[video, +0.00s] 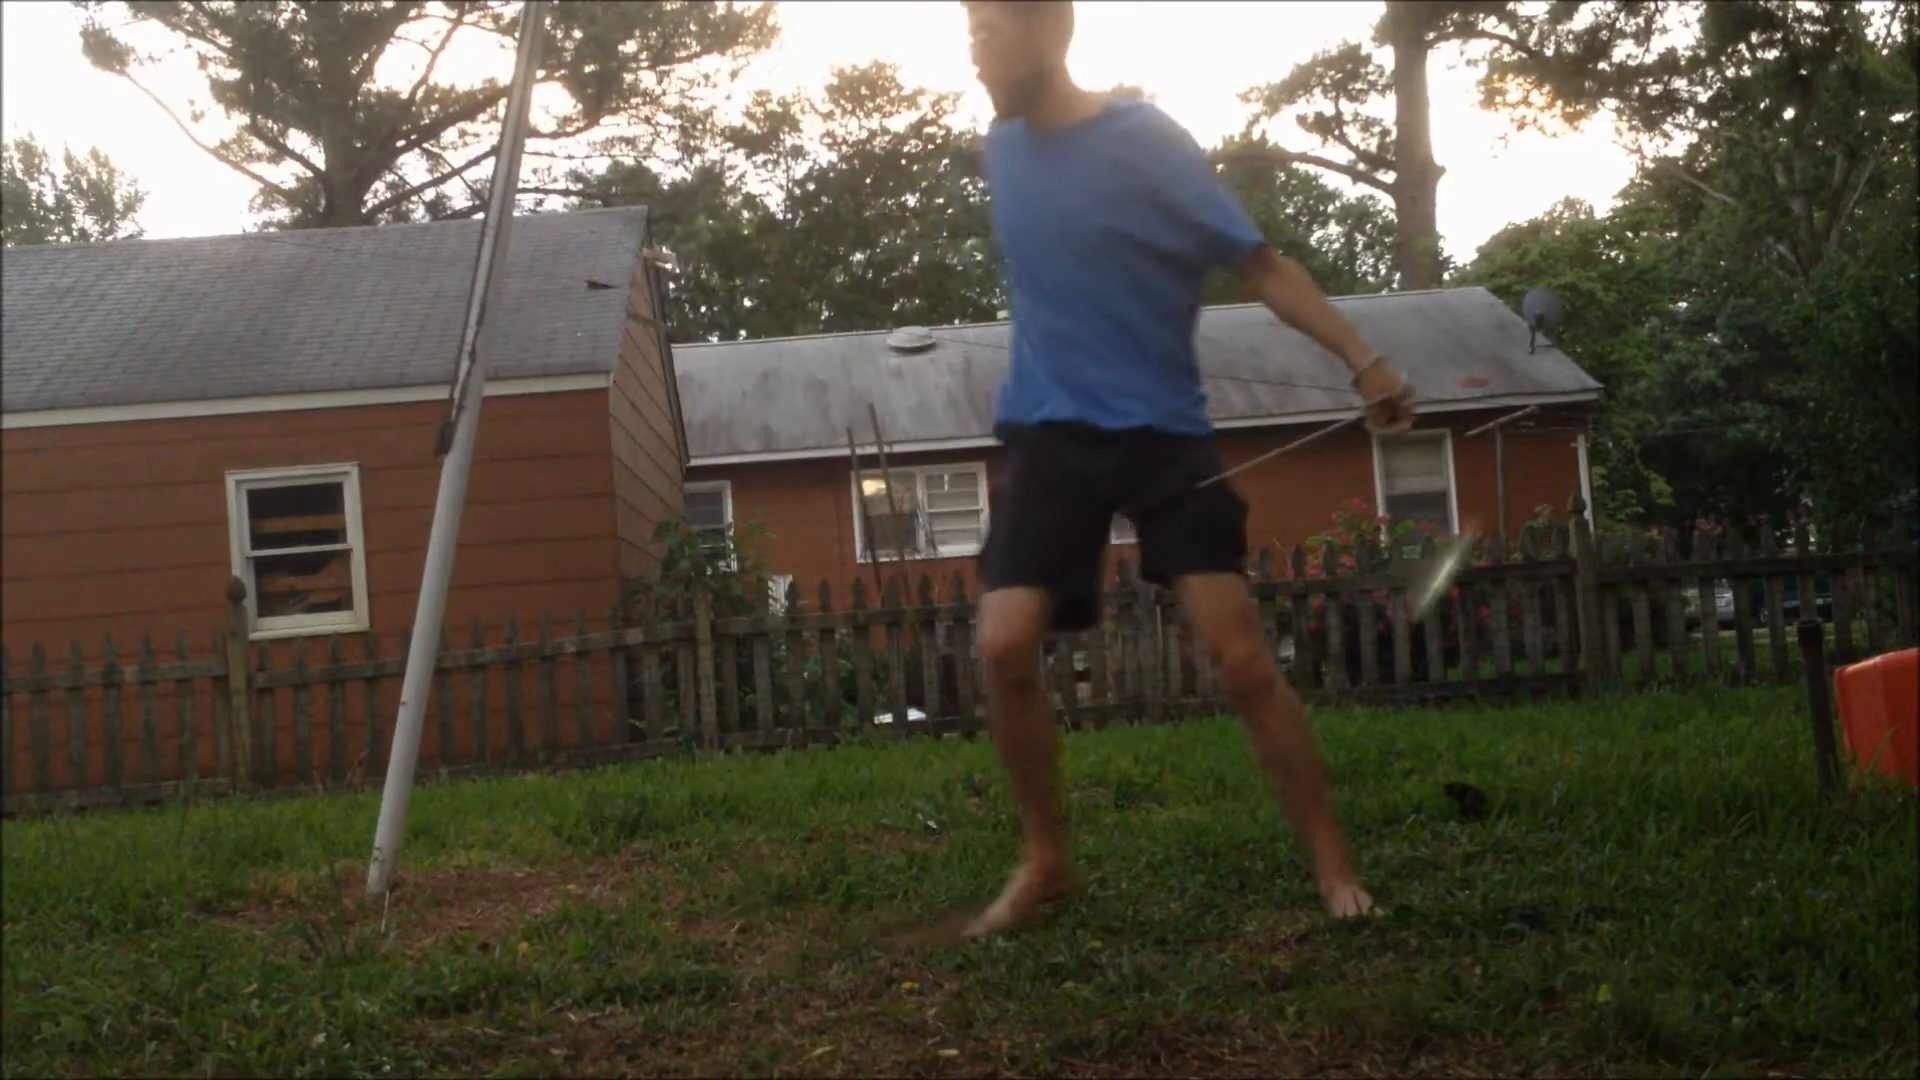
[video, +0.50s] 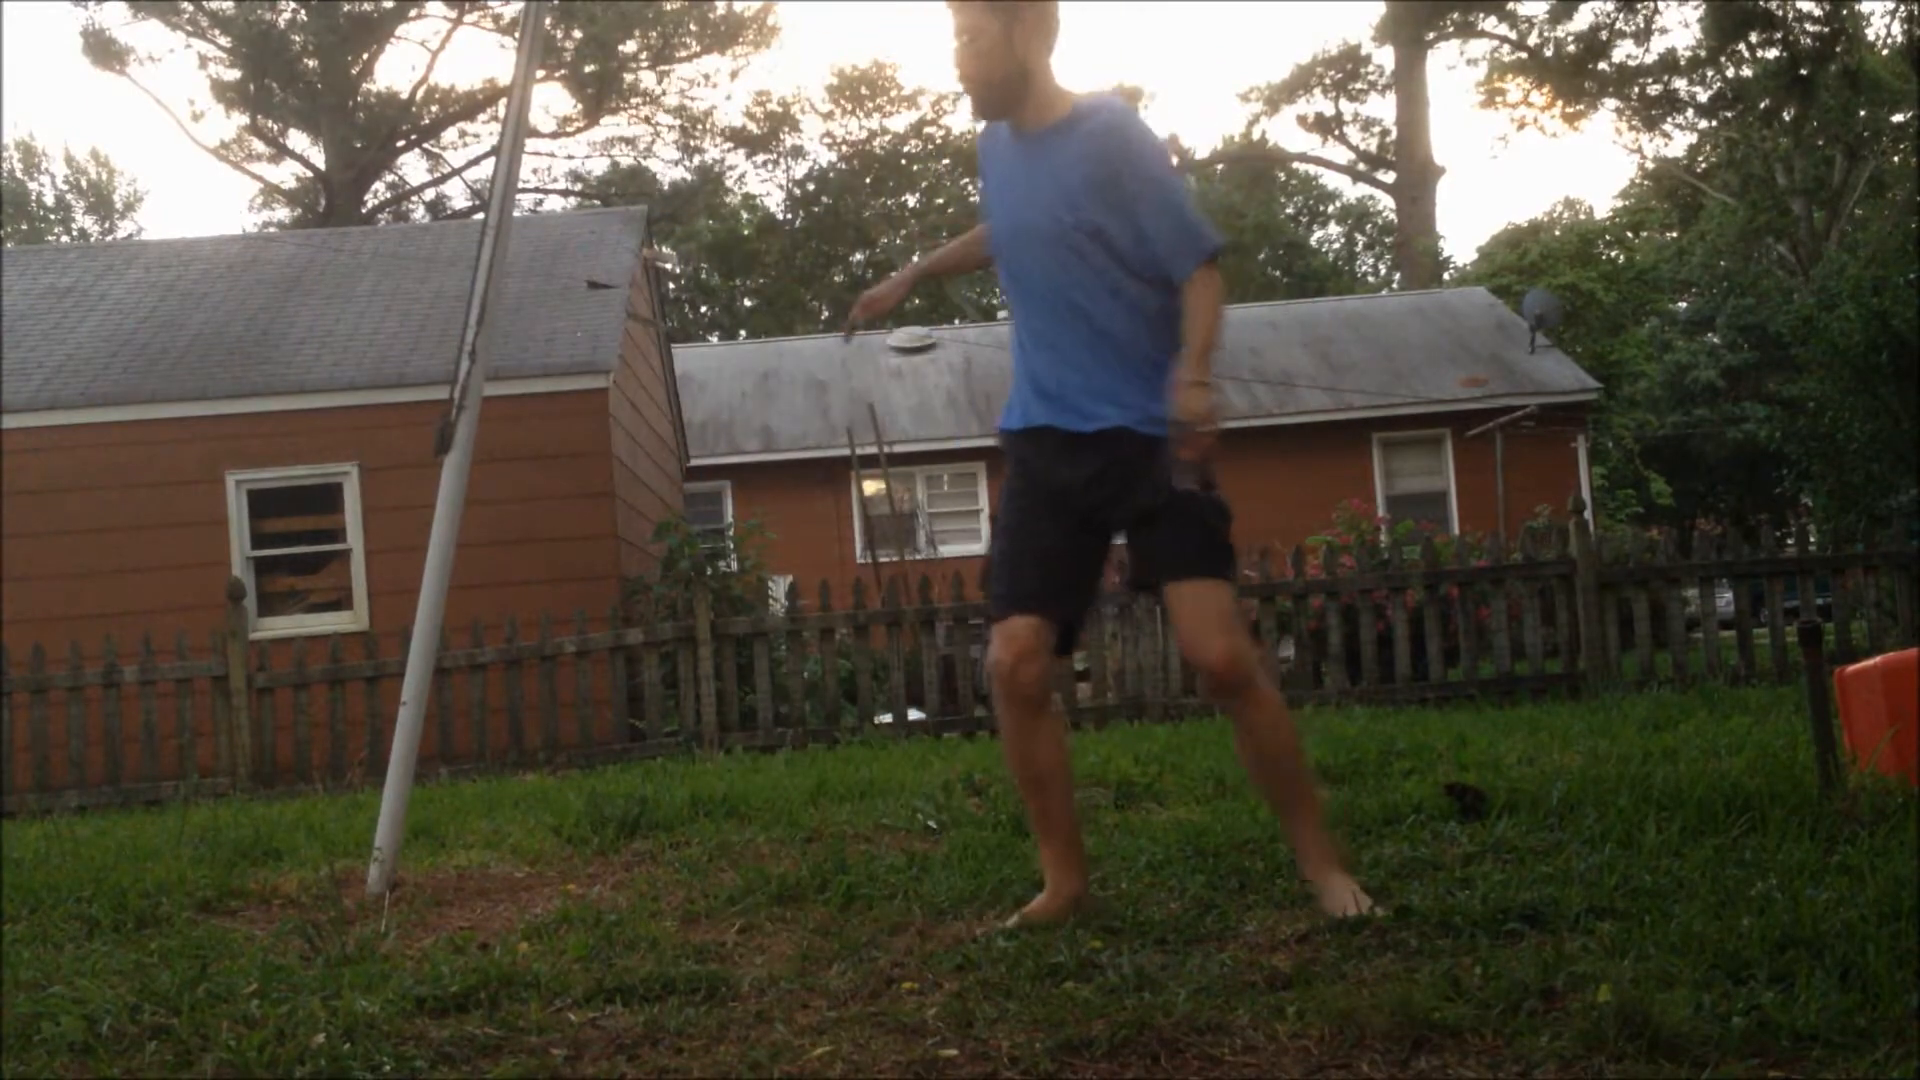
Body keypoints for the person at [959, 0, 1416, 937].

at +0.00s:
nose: (976, 40)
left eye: (993, 20)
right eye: (971, 24)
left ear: (1054, 24)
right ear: (979, 37)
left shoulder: (1142, 138)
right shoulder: (1000, 148)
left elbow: (1258, 263)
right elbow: (1052, 282)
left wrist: (1363, 360)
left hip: (1165, 435)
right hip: (1047, 437)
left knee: (1238, 657)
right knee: (1002, 647)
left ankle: (1336, 877)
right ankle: (1045, 862)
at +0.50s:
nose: (958, 49)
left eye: (971, 27)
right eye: (955, 31)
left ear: (1030, 28)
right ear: (975, 38)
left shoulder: (1111, 132)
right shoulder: (993, 145)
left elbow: (1201, 265)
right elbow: (1010, 231)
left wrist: (1193, 369)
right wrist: (911, 274)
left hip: (1153, 432)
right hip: (1045, 439)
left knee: (1220, 657)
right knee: (1017, 664)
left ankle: (1324, 869)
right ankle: (1063, 886)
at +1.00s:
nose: (893, 30)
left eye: (912, 12)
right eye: (895, 13)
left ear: (967, 21)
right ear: (934, 27)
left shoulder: (1009, 120)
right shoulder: (946, 132)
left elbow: (1056, 278)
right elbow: (994, 285)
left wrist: (934, 356)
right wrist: (953, 387)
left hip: (1043, 396)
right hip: (994, 401)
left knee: (894, 554)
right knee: (941, 658)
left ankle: (1090, 612)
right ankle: (1032, 886)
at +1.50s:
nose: (1062, 87)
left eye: (1080, 72)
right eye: (1069, 70)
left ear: (1125, 89)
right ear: (1134, 95)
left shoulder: (1101, 167)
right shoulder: (1151, 188)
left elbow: (936, 225)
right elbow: (1021, 242)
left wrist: (783, 250)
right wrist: (982, 169)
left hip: (1037, 408)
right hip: (1068, 447)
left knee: (834, 266)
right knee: (939, 673)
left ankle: (614, 369)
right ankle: (1032, 892)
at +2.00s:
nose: (1173, 35)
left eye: (1183, 16)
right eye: (1176, 18)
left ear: (1226, 21)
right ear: (1244, 25)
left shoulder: (1251, 90)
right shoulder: (1259, 142)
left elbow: (1295, 181)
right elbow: (1178, 287)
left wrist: (1171, 192)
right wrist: (1051, 240)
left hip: (1304, 374)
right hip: (1351, 384)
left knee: (1105, 520)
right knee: (1338, 639)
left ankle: (1308, 647)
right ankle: (1388, 870)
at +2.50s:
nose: (1204, 20)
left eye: (1216, 4)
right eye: (1201, 8)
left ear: (1262, 10)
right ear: (1214, 28)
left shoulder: (1316, 78)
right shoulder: (1243, 130)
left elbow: (1398, 117)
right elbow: (1240, 247)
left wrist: (1419, 117)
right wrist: (1136, 206)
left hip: (1370, 399)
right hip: (1312, 413)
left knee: (1272, 609)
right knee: (1381, 673)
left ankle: (1323, 896)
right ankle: (1544, 875)